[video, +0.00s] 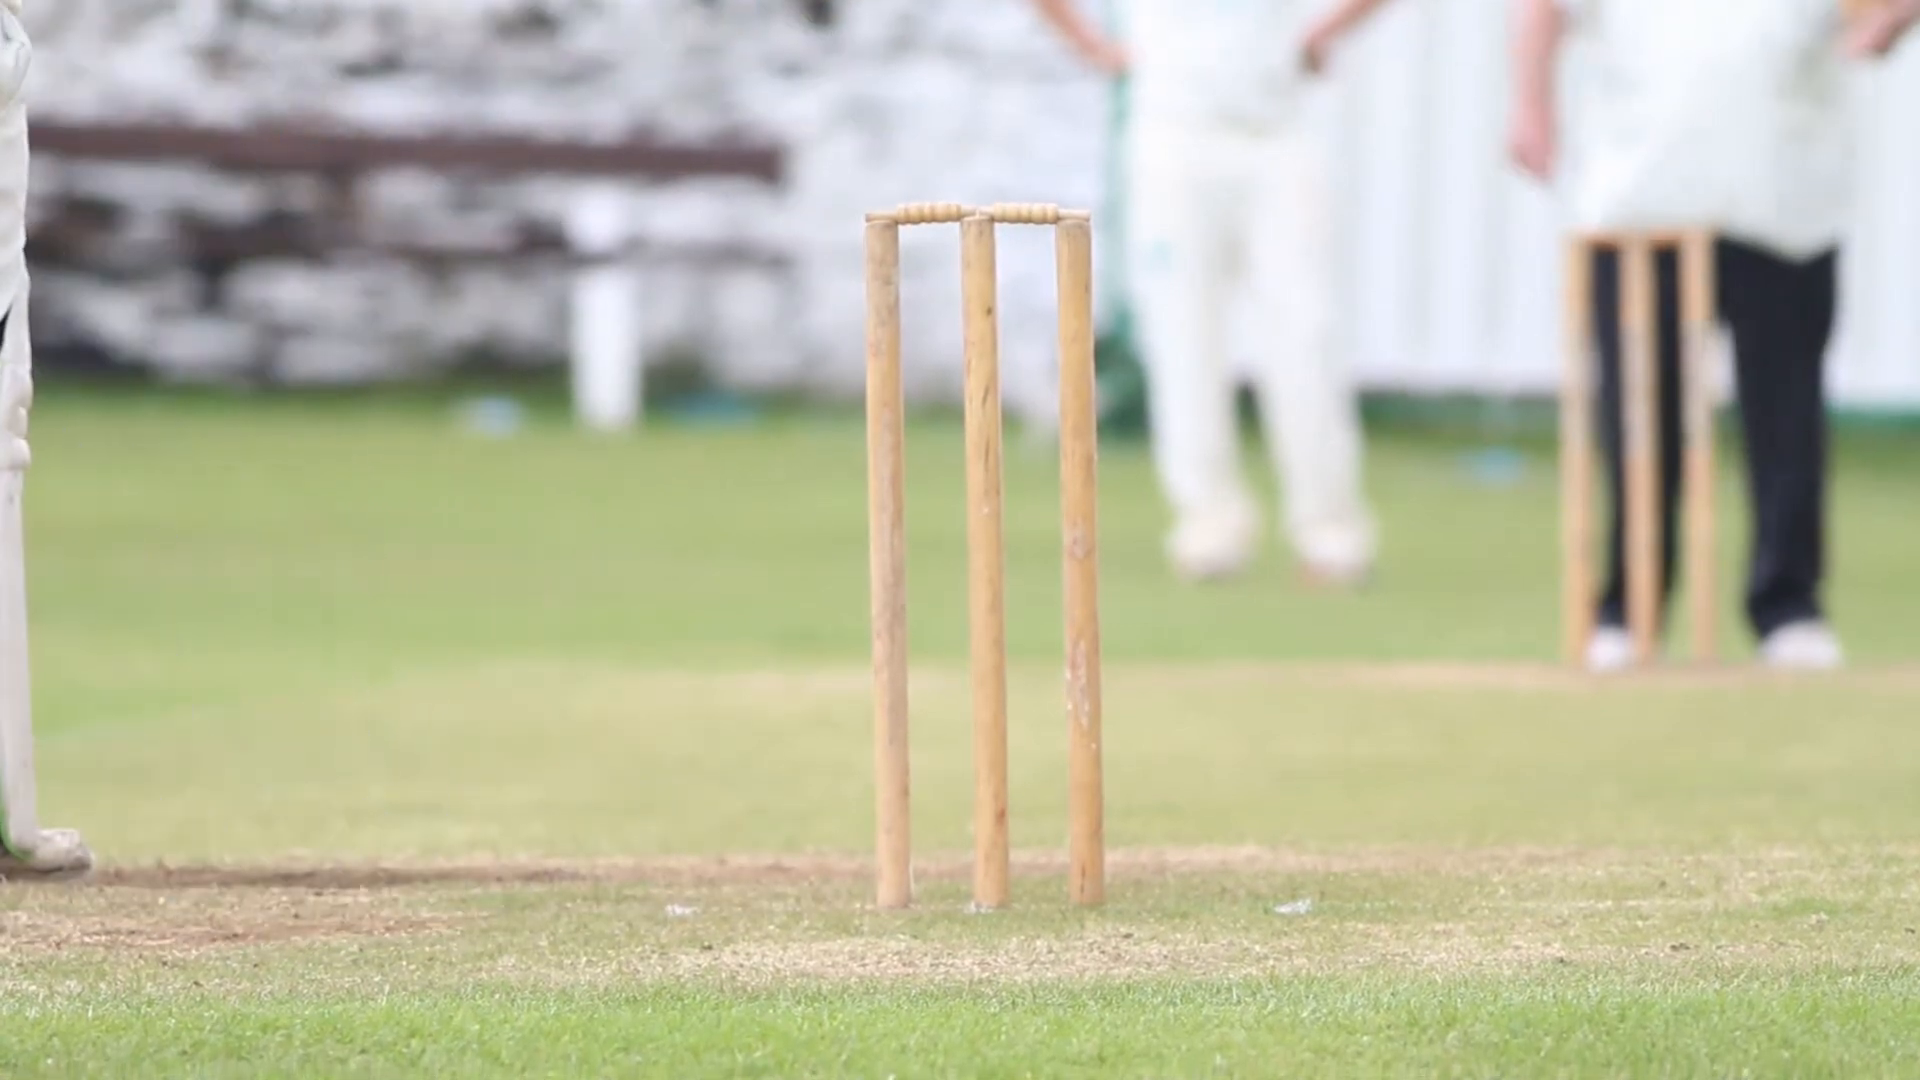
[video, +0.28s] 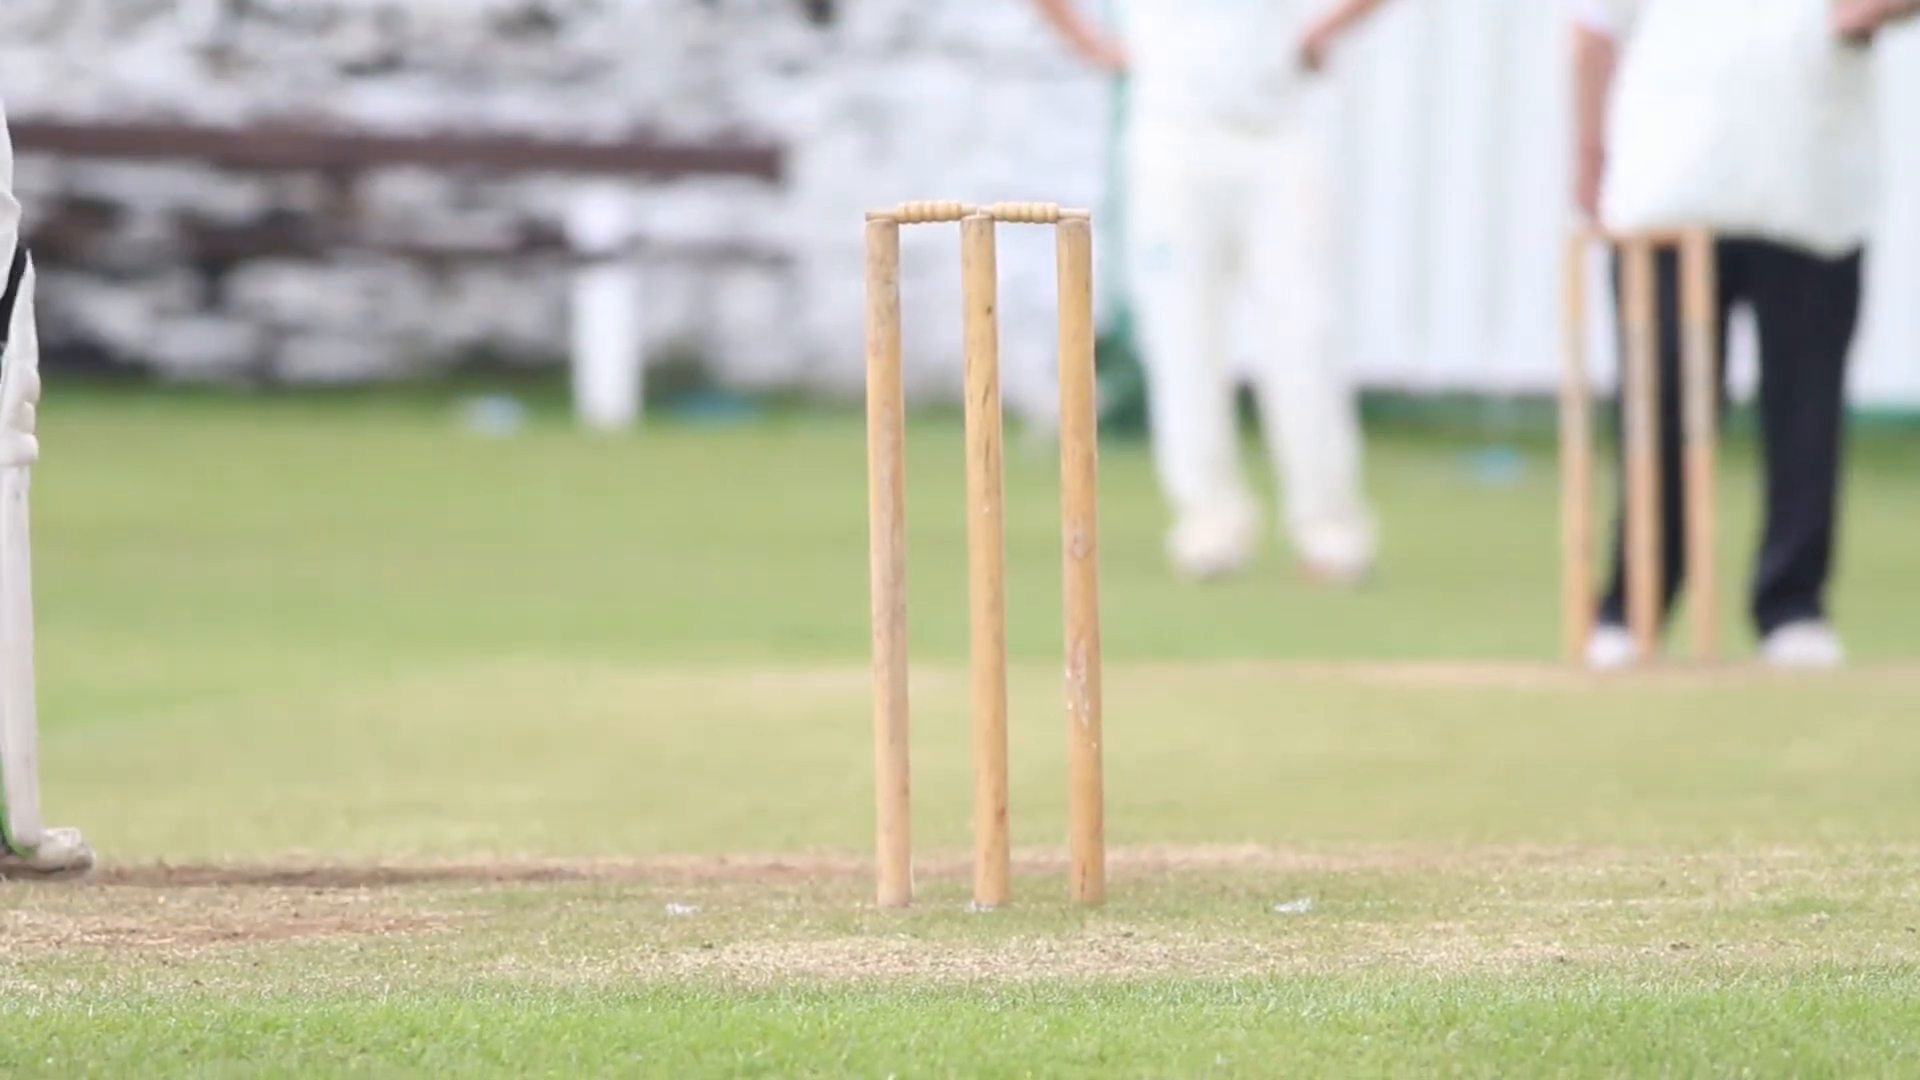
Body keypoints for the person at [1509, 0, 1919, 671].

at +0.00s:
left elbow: (1870, 25)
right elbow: (1544, 7)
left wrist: (1889, 15)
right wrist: (1532, 103)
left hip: (1786, 164)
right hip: (1636, 159)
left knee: (1784, 410)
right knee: (1634, 411)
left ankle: (1790, 614)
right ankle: (1624, 616)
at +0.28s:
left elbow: (1888, 14)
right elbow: (1596, 22)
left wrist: (1879, 11)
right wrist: (1590, 152)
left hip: (1817, 185)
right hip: (1669, 179)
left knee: (1805, 425)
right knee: (1658, 420)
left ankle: (1794, 614)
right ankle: (1627, 616)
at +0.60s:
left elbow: (1868, 18)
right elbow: (1622, 18)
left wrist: (1882, 12)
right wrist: (1612, 150)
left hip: (1830, 191)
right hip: (1691, 182)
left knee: (1810, 425)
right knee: (1670, 418)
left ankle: (1795, 613)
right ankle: (1628, 613)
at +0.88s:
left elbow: (1851, 19)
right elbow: (1616, 9)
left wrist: (1879, 11)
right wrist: (1619, 127)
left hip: (1822, 189)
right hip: (1685, 180)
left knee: (1807, 423)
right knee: (1666, 417)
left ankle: (1795, 611)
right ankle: (1631, 612)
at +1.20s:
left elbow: (1900, 3)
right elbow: (1582, 15)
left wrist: (1852, 9)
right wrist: (1561, 151)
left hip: (1798, 180)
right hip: (1649, 170)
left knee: (1790, 414)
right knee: (1645, 412)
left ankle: (1792, 610)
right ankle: (1631, 610)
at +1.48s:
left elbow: (1868, 3)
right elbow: (1552, 13)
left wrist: (1816, 9)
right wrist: (1522, 139)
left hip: (1764, 175)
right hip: (1623, 170)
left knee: (1769, 409)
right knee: (1628, 411)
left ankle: (1788, 609)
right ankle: (1624, 612)